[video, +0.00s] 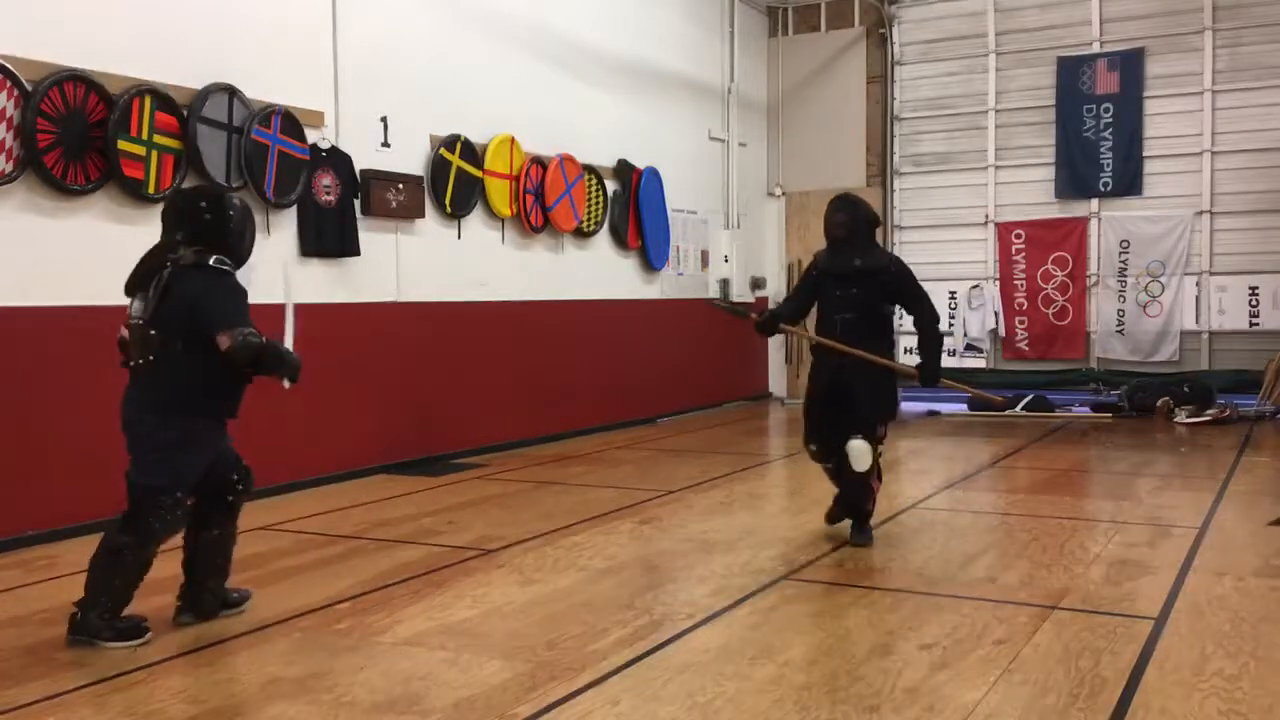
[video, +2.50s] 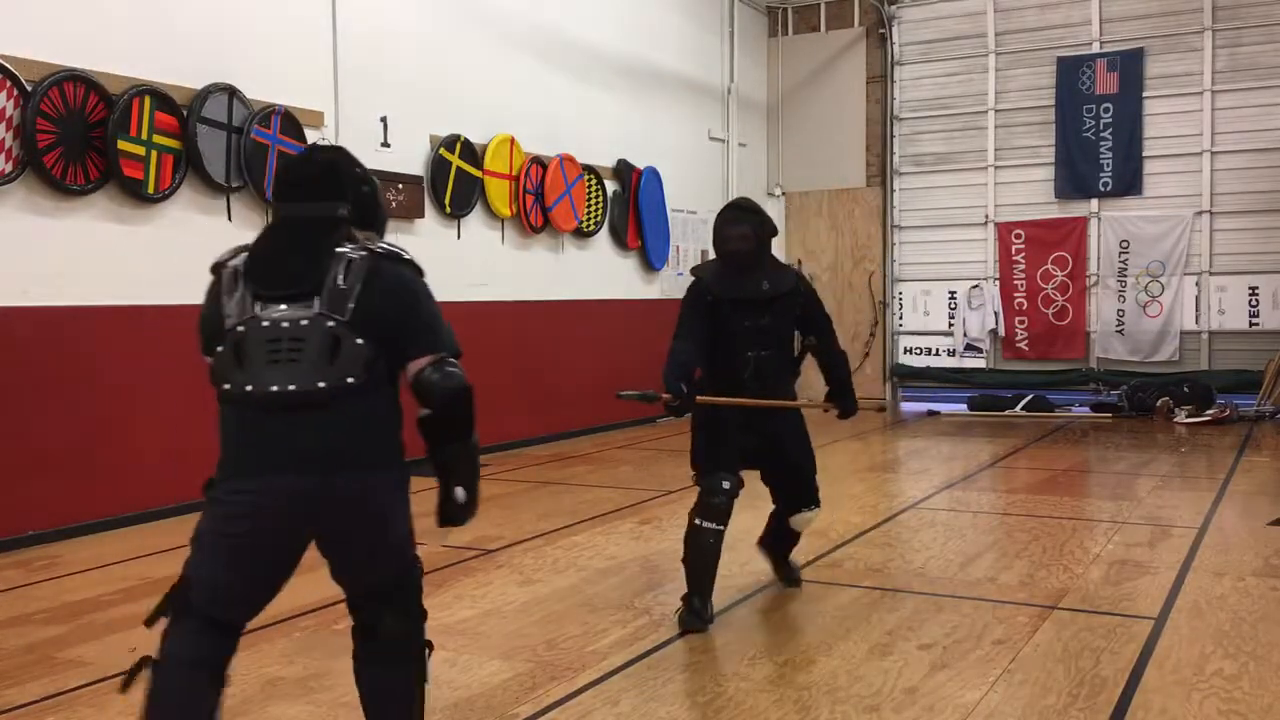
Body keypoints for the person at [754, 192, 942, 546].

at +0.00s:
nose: (831, 222)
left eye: (839, 215)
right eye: (830, 216)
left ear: (859, 221)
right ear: (827, 221)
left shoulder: (886, 266)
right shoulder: (823, 263)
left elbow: (925, 313)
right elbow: (799, 300)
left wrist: (929, 363)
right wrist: (774, 317)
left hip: (871, 366)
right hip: (827, 365)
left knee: (861, 443)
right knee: (819, 443)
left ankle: (861, 521)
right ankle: (850, 490)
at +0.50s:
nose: (792, 245)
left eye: (798, 237)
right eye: (788, 238)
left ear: (817, 236)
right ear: (785, 239)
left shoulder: (854, 274)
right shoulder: (786, 279)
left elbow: (903, 312)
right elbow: (757, 322)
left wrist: (891, 363)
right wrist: (718, 345)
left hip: (846, 385)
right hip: (798, 385)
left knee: (854, 466)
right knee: (785, 460)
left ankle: (860, 526)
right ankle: (788, 536)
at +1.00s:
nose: (809, 244)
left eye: (816, 237)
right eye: (803, 238)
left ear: (836, 237)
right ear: (796, 240)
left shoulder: (864, 278)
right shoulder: (793, 282)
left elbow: (915, 314)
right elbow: (769, 329)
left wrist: (936, 363)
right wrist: (743, 365)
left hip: (852, 389)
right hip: (801, 390)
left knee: (856, 470)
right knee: (786, 462)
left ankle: (857, 534)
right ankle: (780, 539)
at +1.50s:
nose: (772, 235)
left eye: (780, 226)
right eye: (764, 227)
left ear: (798, 227)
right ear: (754, 229)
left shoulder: (825, 271)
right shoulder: (747, 272)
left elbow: (868, 314)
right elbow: (724, 317)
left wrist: (886, 363)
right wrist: (707, 355)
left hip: (811, 386)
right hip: (759, 386)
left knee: (821, 478)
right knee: (753, 470)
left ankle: (807, 537)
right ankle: (747, 555)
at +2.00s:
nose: (775, 245)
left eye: (783, 237)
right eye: (767, 237)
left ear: (801, 239)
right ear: (756, 241)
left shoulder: (823, 285)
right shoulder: (746, 287)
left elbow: (862, 332)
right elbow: (728, 334)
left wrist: (886, 382)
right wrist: (717, 370)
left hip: (813, 402)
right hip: (760, 401)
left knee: (826, 495)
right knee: (752, 484)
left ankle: (806, 552)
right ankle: (742, 565)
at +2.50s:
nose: (737, 251)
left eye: (745, 241)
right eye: (728, 242)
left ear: (764, 240)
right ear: (716, 243)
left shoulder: (790, 285)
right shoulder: (707, 287)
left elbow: (823, 338)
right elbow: (686, 341)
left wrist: (842, 390)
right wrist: (676, 382)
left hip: (776, 407)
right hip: (719, 406)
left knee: (802, 502)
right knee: (716, 494)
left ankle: (776, 546)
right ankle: (698, 597)